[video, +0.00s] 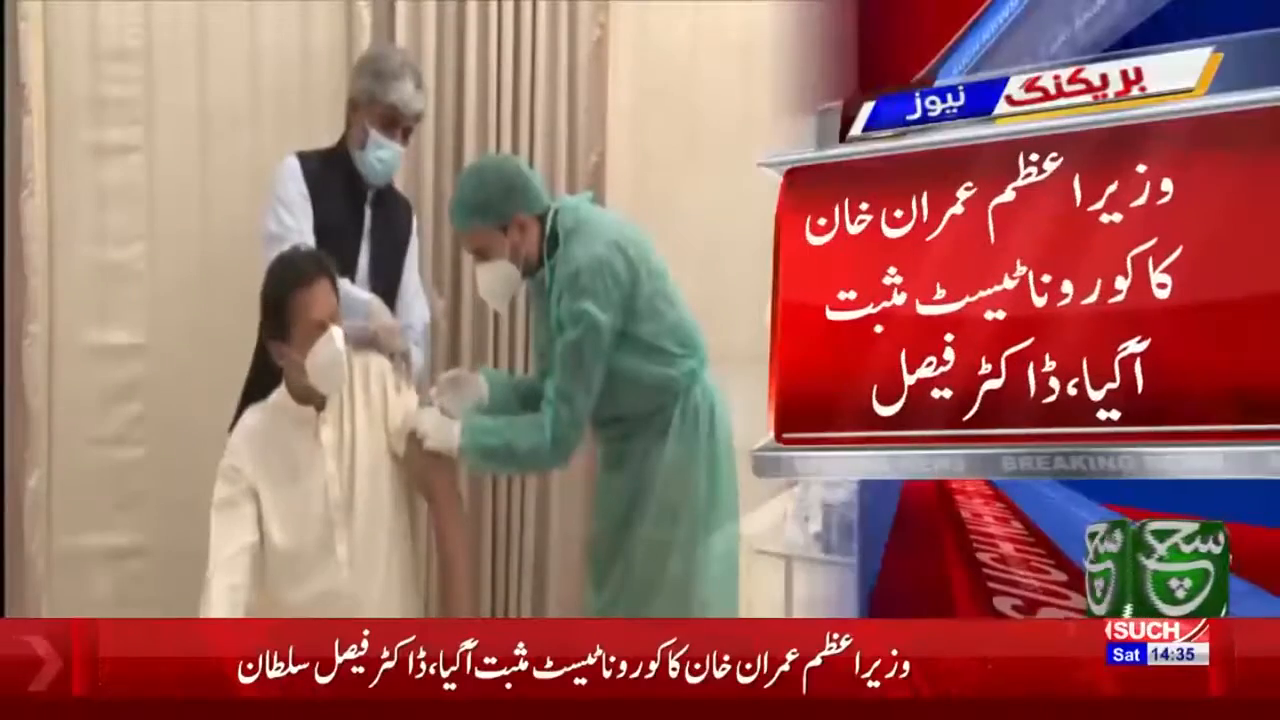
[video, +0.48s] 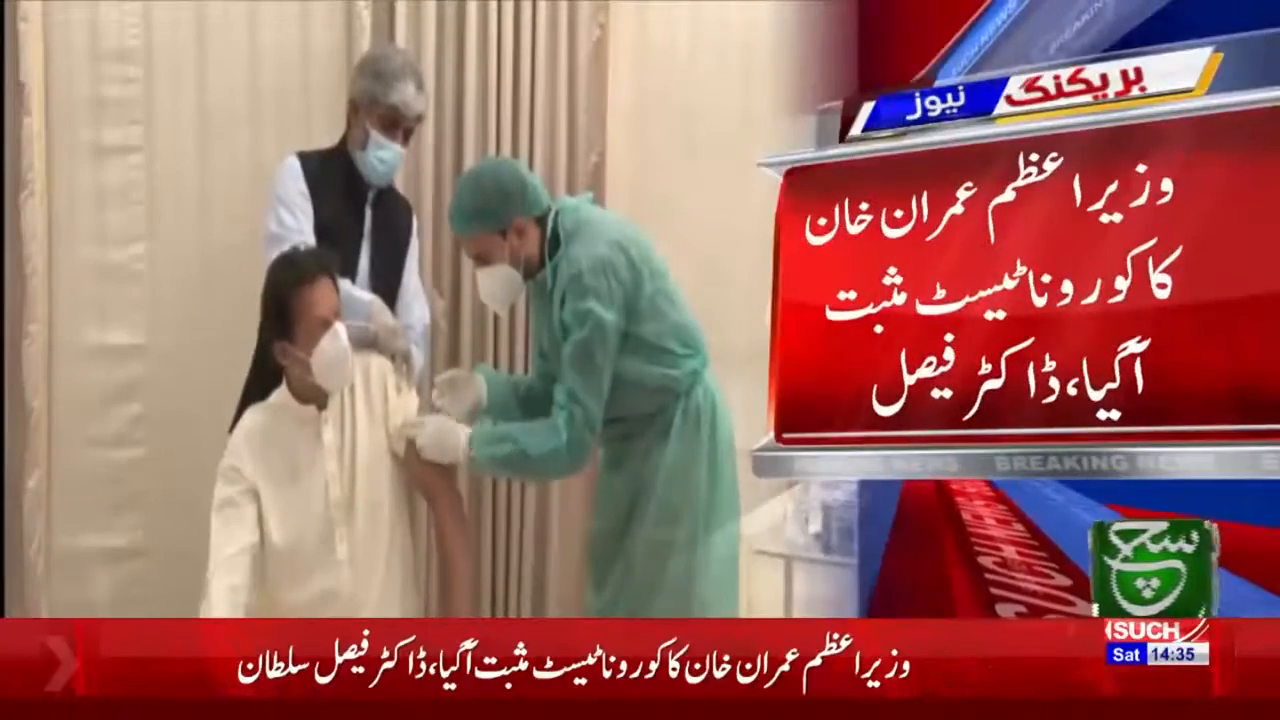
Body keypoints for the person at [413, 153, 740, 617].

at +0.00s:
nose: (481, 268)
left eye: (484, 254)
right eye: (475, 256)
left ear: (522, 228)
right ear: (522, 228)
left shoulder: (589, 260)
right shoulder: (552, 257)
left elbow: (558, 435)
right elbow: (551, 393)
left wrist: (459, 437)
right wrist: (485, 389)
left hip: (675, 432)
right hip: (628, 434)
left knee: (654, 596)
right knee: (614, 590)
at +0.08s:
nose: (481, 269)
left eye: (483, 255)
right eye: (474, 257)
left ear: (520, 229)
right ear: (520, 229)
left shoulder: (590, 261)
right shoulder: (552, 257)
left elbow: (558, 436)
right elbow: (549, 393)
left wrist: (458, 436)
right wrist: (484, 389)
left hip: (676, 433)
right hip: (628, 435)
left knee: (655, 597)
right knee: (614, 591)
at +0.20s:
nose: (481, 270)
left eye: (483, 257)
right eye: (475, 259)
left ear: (519, 231)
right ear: (519, 231)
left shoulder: (589, 262)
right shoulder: (550, 259)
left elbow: (560, 437)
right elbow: (548, 394)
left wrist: (460, 438)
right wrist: (483, 389)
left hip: (676, 433)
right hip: (627, 435)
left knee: (656, 599)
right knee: (613, 593)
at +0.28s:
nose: (481, 271)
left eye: (483, 258)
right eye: (475, 260)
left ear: (519, 231)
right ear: (519, 231)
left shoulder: (589, 262)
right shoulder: (549, 259)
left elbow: (561, 438)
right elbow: (547, 394)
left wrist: (461, 439)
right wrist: (484, 390)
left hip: (677, 433)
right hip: (628, 435)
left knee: (656, 599)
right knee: (614, 592)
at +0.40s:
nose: (481, 272)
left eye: (484, 259)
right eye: (475, 261)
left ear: (519, 231)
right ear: (519, 231)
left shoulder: (589, 263)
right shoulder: (549, 260)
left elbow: (564, 440)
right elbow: (548, 394)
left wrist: (463, 440)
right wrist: (485, 390)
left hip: (677, 432)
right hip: (629, 435)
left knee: (656, 598)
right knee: (614, 592)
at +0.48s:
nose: (481, 272)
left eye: (484, 259)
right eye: (475, 261)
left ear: (520, 231)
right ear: (520, 232)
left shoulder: (590, 262)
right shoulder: (551, 259)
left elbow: (571, 440)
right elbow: (550, 396)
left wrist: (468, 444)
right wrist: (485, 392)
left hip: (677, 433)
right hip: (631, 436)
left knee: (658, 601)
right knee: (614, 595)